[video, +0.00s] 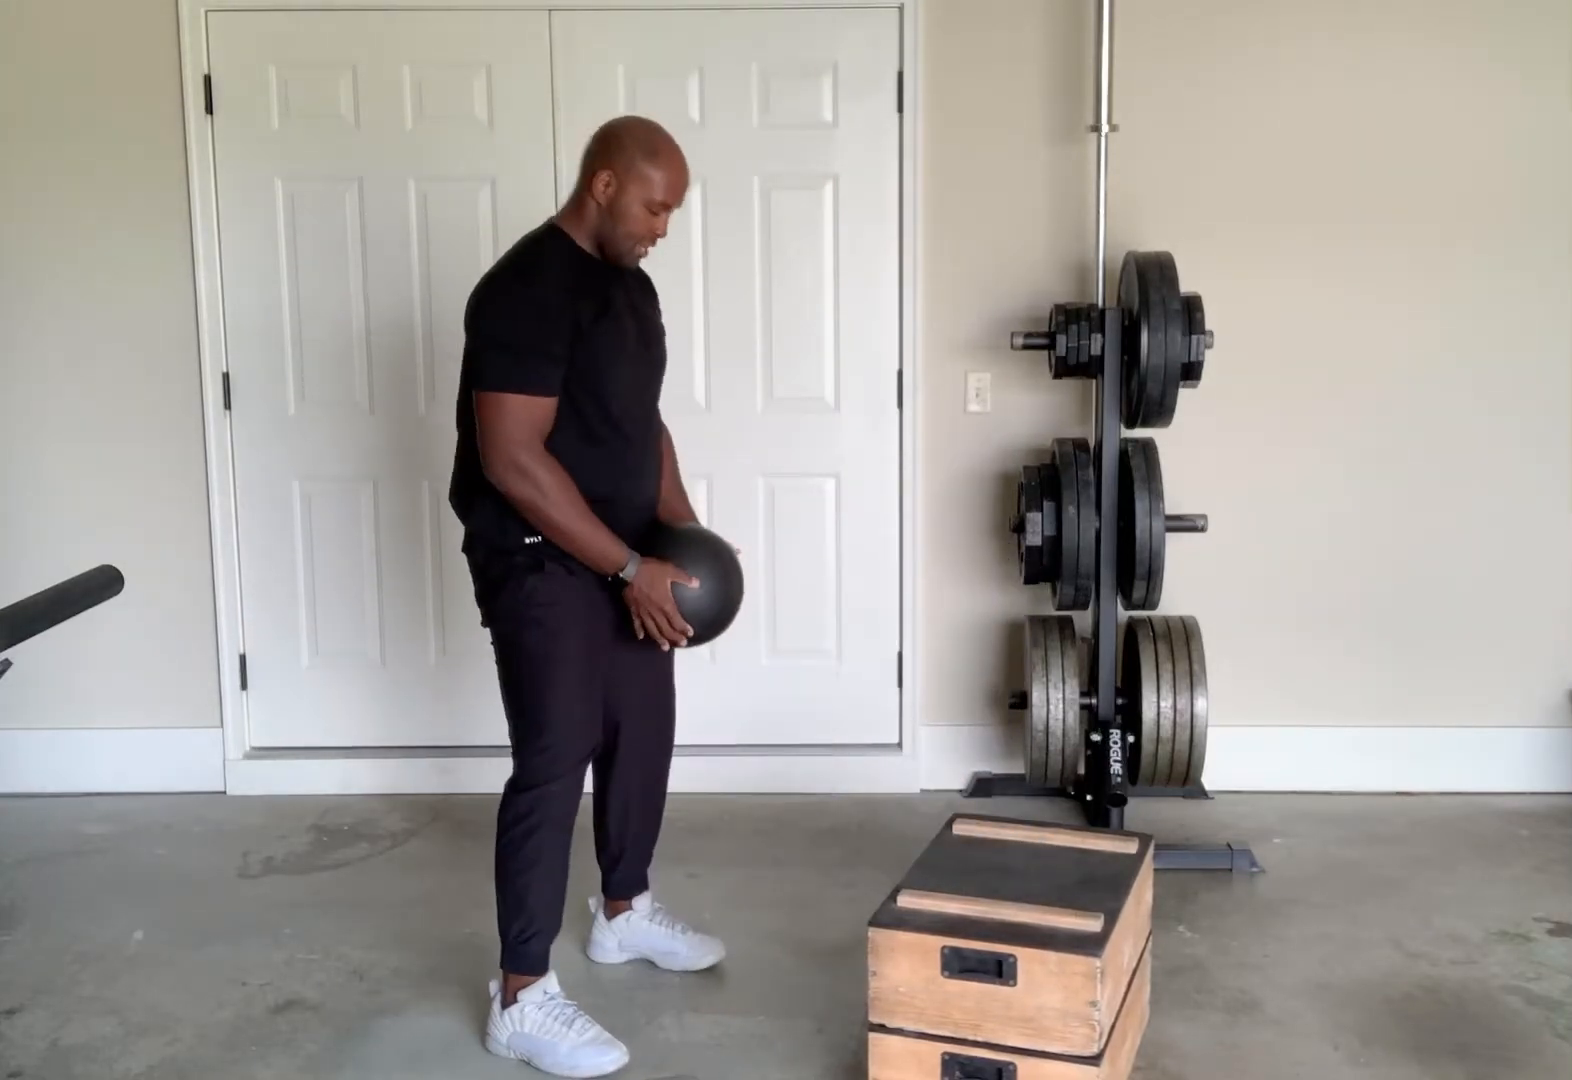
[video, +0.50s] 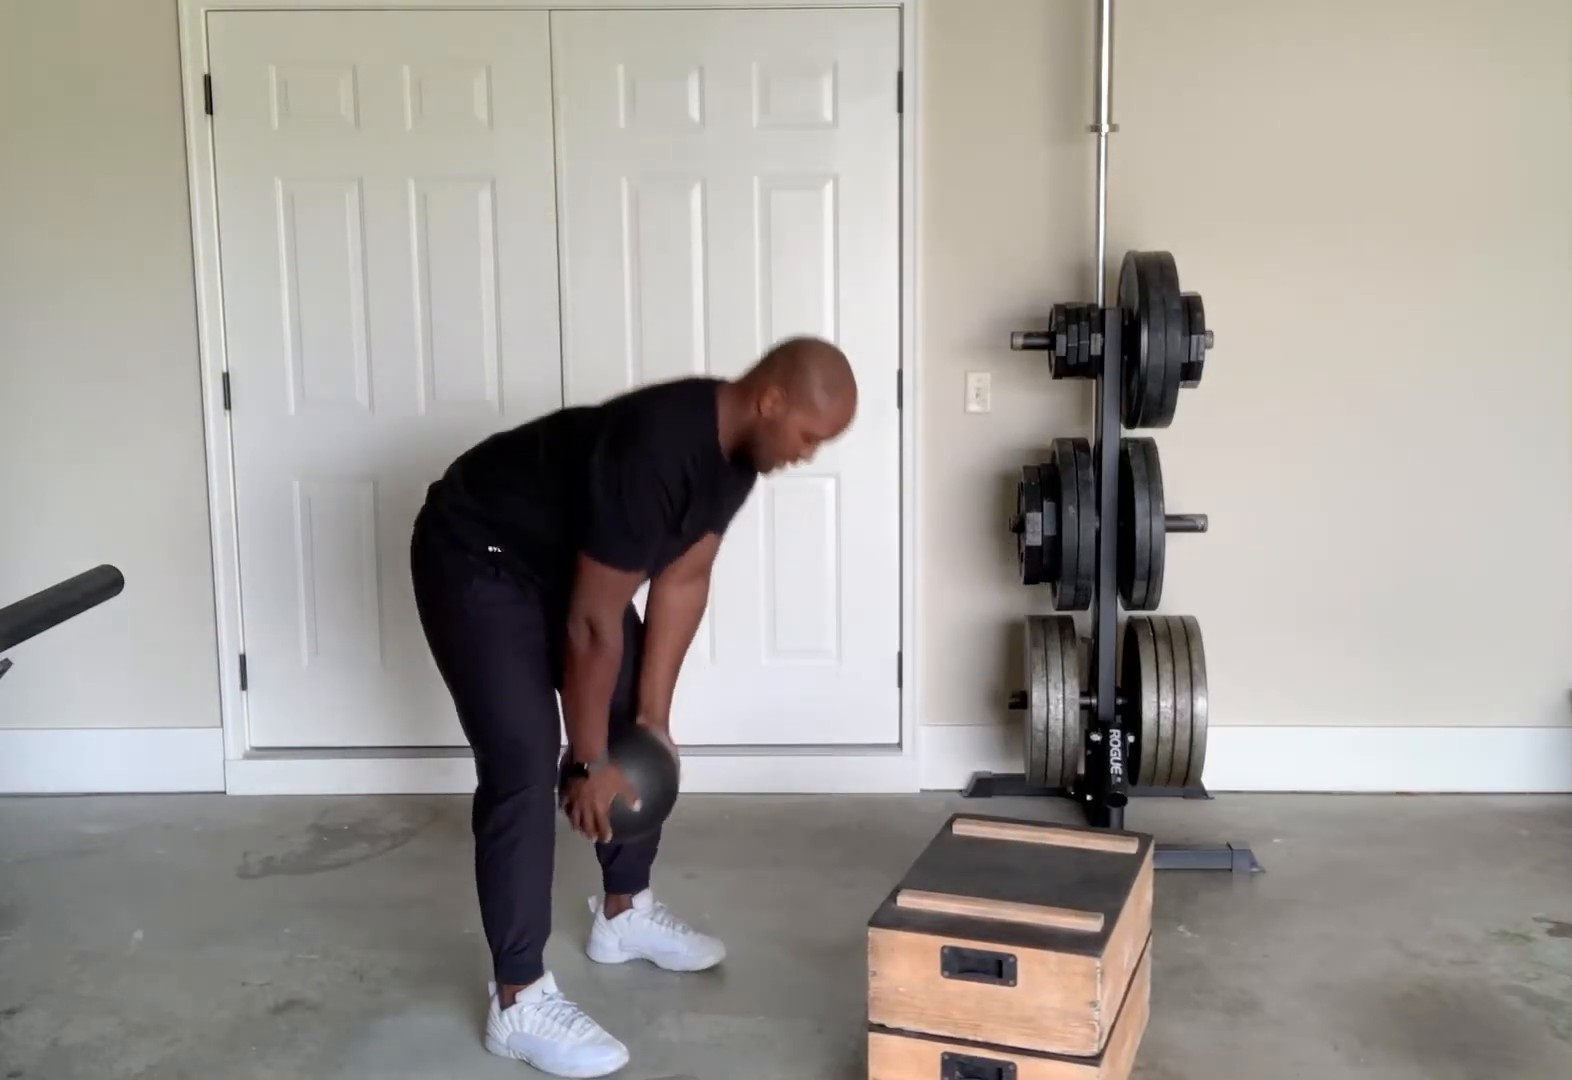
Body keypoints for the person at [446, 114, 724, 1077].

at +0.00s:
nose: (664, 227)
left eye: (671, 211)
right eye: (655, 208)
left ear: (635, 196)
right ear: (599, 184)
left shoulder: (630, 287)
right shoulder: (526, 288)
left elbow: (639, 422)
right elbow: (511, 461)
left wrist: (679, 532)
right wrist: (626, 569)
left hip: (621, 553)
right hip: (539, 560)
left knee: (640, 733)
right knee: (553, 759)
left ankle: (625, 914)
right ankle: (522, 994)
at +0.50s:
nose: (809, 453)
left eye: (821, 443)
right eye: (809, 435)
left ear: (773, 404)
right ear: (768, 400)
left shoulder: (739, 451)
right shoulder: (656, 444)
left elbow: (683, 578)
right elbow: (591, 621)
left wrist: (652, 721)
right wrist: (587, 759)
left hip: (569, 561)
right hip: (475, 553)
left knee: (637, 726)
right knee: (520, 766)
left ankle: (624, 914)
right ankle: (518, 997)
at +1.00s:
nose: (842, 397)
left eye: (848, 379)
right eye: (836, 376)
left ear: (789, 363)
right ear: (782, 360)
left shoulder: (761, 437)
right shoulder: (690, 435)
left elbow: (700, 566)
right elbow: (604, 600)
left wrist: (675, 700)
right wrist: (615, 743)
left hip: (597, 564)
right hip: (504, 554)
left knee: (669, 728)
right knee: (548, 766)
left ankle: (624, 912)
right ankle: (518, 997)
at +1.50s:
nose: (822, 160)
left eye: (819, 143)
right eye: (801, 145)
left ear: (798, 149)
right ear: (745, 150)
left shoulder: (789, 219)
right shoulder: (698, 205)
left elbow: (794, 57)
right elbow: (711, 43)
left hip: (765, 490)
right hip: (706, 484)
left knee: (686, 706)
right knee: (899, 566)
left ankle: (631, 900)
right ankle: (927, 804)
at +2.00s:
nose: (821, 134)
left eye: (823, 115)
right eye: (796, 113)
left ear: (815, 122)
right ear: (739, 122)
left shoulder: (803, 196)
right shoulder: (703, 204)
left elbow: (837, 71)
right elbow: (712, 47)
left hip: (816, 476)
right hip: (767, 479)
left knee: (754, 685)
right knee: (971, 592)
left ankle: (674, 869)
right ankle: (951, 820)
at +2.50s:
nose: (670, 167)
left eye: (668, 152)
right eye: (652, 153)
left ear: (623, 167)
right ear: (596, 167)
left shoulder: (677, 280)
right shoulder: (571, 279)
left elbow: (703, 412)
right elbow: (583, 426)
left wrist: (761, 368)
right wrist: (721, 360)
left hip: (692, 508)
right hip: (633, 509)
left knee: (657, 709)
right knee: (808, 574)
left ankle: (622, 914)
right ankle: (882, 802)